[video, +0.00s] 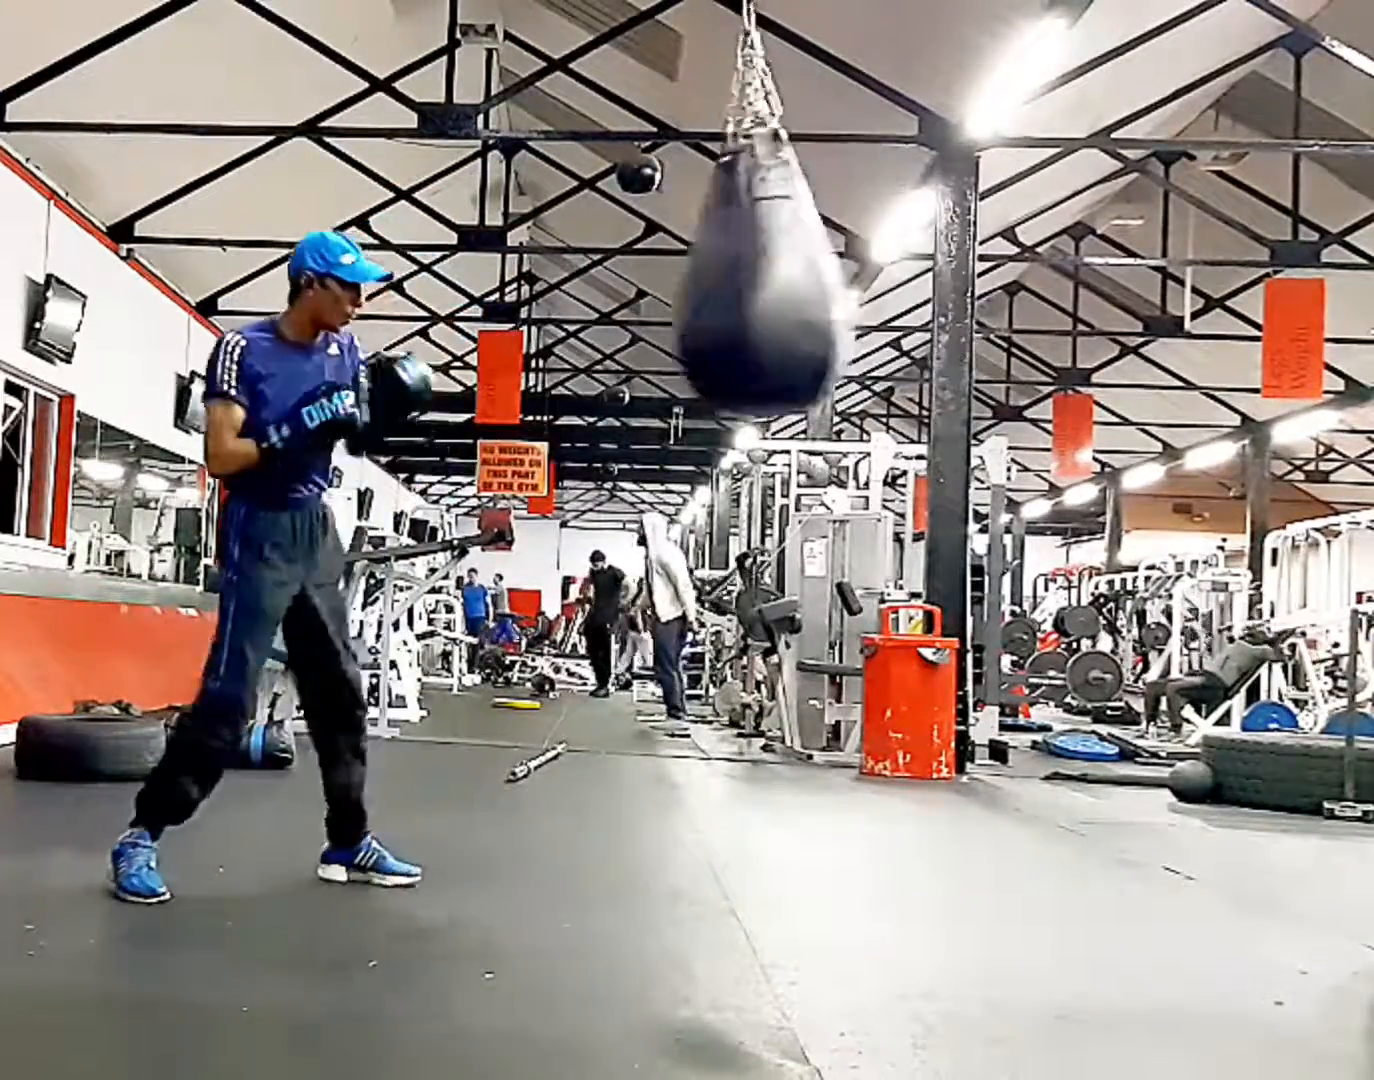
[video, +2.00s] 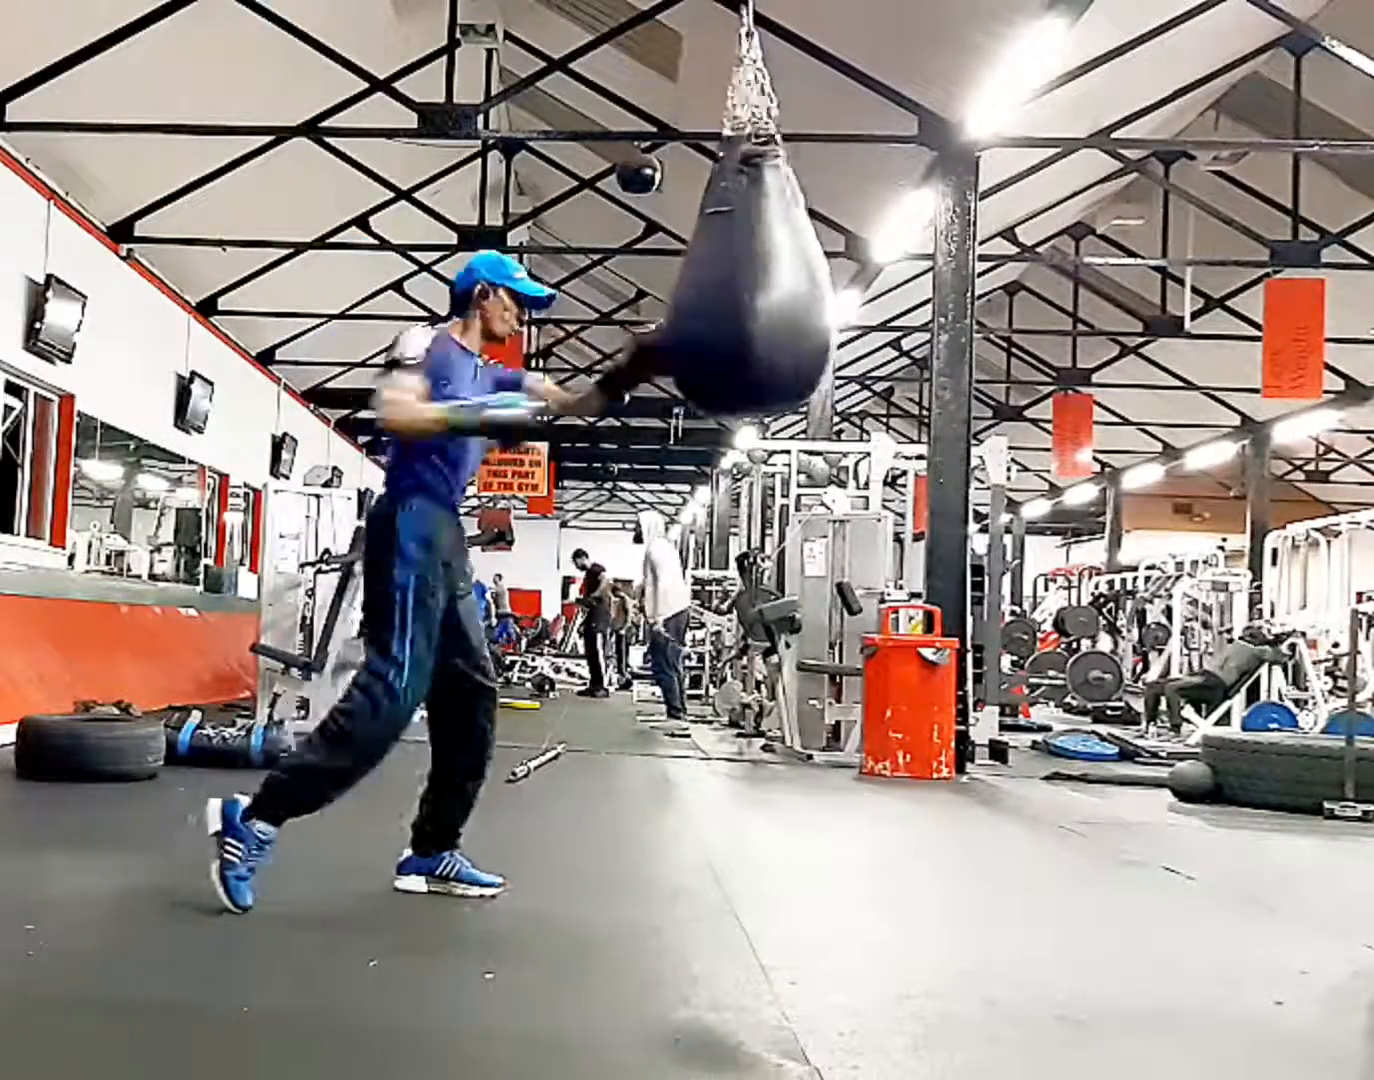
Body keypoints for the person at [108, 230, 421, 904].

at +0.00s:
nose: (357, 305)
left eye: (361, 294)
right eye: (348, 292)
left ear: (335, 294)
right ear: (310, 286)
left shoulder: (345, 358)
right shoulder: (241, 351)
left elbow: (360, 441)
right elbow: (220, 458)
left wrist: (388, 412)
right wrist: (299, 429)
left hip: (317, 535)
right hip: (257, 538)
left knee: (338, 692)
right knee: (232, 700)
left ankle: (349, 843)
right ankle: (139, 839)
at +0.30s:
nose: (426, 330)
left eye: (428, 319)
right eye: (422, 316)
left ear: (391, 311)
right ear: (391, 308)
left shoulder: (358, 365)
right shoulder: (335, 347)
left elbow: (328, 448)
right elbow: (312, 450)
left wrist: (386, 435)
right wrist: (382, 439)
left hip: (311, 542)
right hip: (279, 539)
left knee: (354, 696)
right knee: (243, 706)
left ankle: (361, 843)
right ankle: (138, 836)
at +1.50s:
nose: (454, 311)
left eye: (456, 300)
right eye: (449, 297)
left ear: (419, 292)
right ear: (414, 288)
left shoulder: (394, 366)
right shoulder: (344, 342)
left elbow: (400, 447)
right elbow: (321, 454)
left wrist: (446, 405)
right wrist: (405, 458)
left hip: (365, 533)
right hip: (323, 528)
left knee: (405, 689)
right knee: (296, 703)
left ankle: (424, 849)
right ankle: (198, 844)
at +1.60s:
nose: (475, 321)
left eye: (478, 311)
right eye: (468, 306)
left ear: (446, 306)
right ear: (433, 296)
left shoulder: (433, 387)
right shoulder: (369, 344)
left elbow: (464, 459)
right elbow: (332, 439)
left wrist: (529, 420)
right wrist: (407, 443)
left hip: (387, 544)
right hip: (344, 533)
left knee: (430, 690)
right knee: (309, 706)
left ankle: (425, 850)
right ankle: (202, 838)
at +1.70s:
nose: (504, 326)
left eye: (507, 317)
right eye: (497, 312)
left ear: (470, 311)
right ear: (461, 305)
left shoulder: (444, 370)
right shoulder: (423, 346)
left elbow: (432, 477)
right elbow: (397, 388)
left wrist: (499, 454)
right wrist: (472, 373)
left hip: (398, 531)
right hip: (379, 526)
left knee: (425, 688)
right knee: (332, 694)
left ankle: (425, 848)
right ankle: (207, 832)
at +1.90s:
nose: (522, 318)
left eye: (523, 308)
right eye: (515, 304)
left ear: (483, 304)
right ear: (484, 299)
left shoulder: (464, 354)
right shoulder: (455, 336)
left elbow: (471, 440)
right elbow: (538, 377)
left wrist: (525, 394)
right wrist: (599, 368)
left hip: (436, 533)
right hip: (406, 526)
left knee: (458, 695)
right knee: (353, 684)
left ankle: (427, 851)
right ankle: (227, 821)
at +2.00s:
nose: (523, 317)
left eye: (524, 307)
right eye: (517, 304)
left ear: (495, 304)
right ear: (486, 297)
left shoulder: (499, 371)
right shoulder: (430, 345)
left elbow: (569, 402)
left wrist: (626, 373)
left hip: (447, 532)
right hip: (410, 522)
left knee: (471, 693)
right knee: (392, 692)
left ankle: (432, 851)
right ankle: (255, 818)